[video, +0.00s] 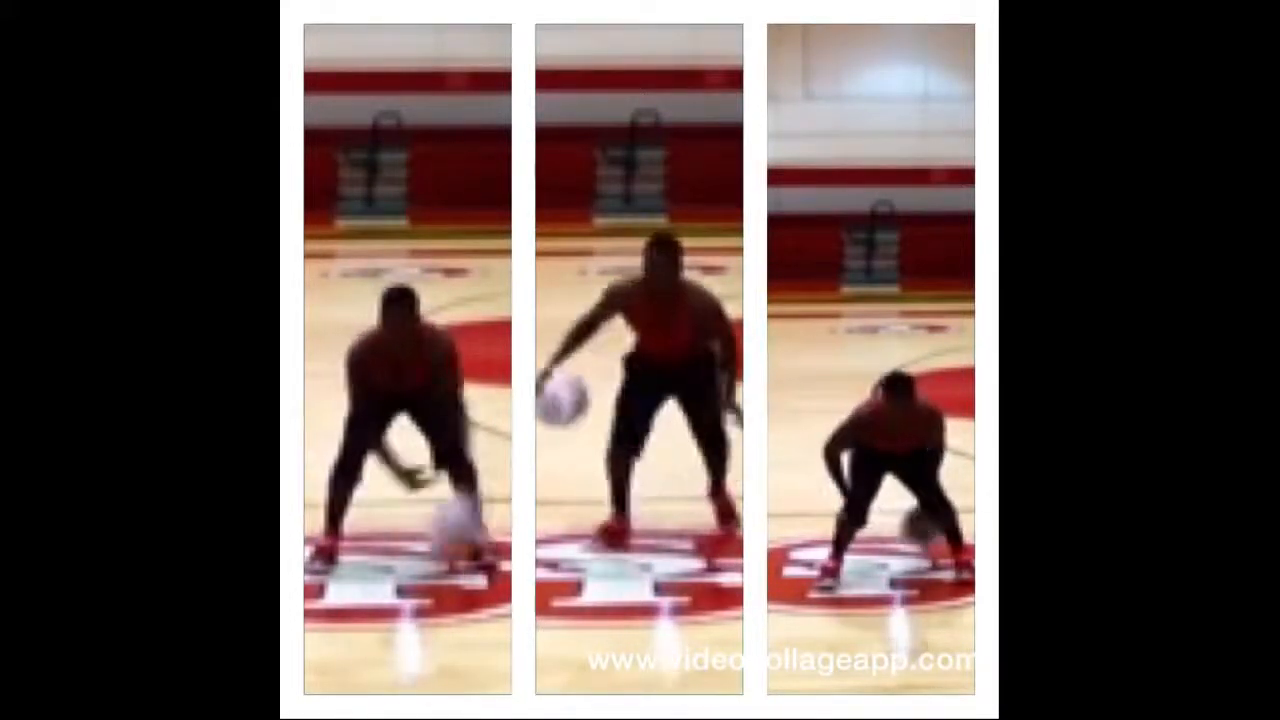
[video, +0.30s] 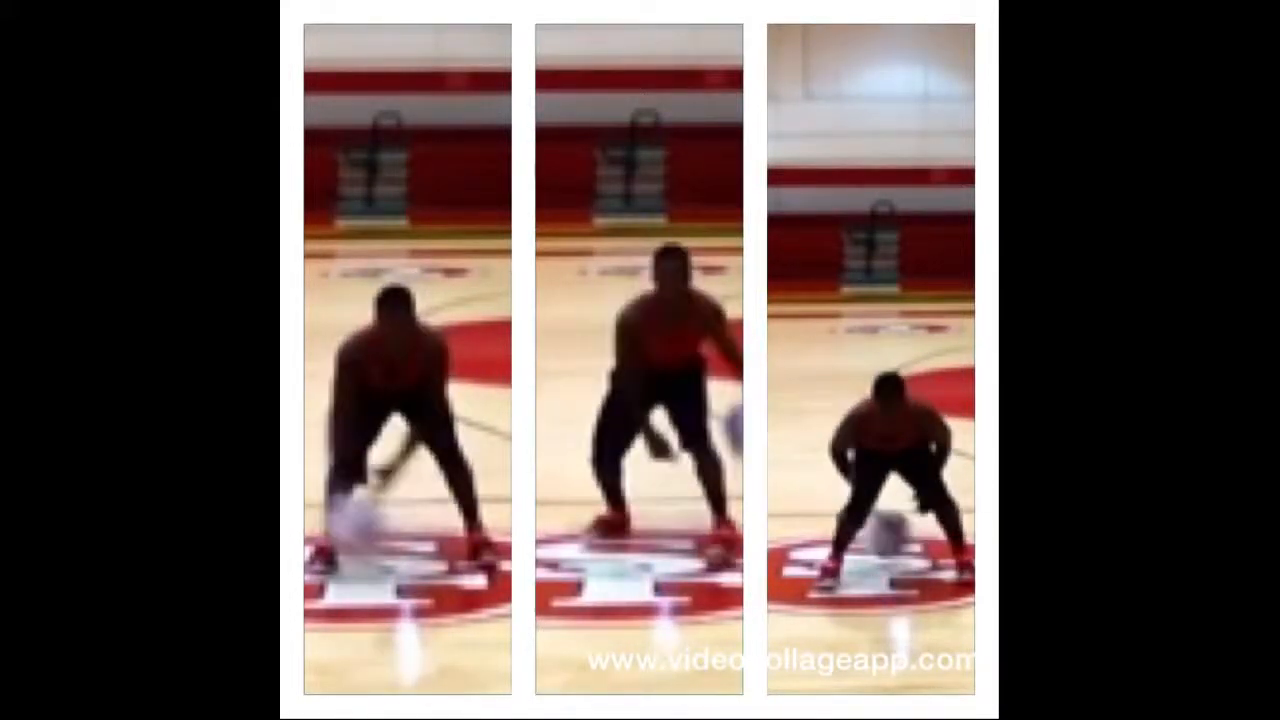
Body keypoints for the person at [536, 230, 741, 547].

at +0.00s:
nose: (658, 274)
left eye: (666, 266)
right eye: (653, 265)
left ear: (678, 267)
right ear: (644, 265)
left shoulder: (699, 302)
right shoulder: (625, 295)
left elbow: (728, 345)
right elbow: (587, 326)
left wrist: (728, 395)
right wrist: (551, 366)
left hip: (694, 369)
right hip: (646, 368)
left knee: (714, 440)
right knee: (621, 446)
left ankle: (718, 492)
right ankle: (620, 519)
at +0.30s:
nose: (672, 283)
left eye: (678, 275)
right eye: (665, 275)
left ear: (688, 276)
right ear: (654, 277)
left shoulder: (705, 312)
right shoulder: (633, 318)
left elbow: (734, 357)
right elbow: (627, 383)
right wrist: (648, 432)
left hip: (684, 379)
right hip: (639, 380)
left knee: (699, 445)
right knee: (605, 454)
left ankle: (722, 520)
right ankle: (617, 513)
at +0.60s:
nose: (672, 287)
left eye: (678, 279)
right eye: (665, 279)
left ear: (689, 279)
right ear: (655, 280)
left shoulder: (711, 314)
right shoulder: (638, 320)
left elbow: (718, 373)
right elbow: (626, 379)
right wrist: (630, 432)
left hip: (702, 383)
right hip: (659, 386)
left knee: (738, 440)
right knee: (655, 445)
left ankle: (712, 495)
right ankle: (637, 523)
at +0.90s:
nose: (666, 271)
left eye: (673, 263)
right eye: (661, 263)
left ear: (686, 265)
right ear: (653, 263)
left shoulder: (710, 302)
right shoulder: (636, 297)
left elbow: (734, 352)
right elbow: (603, 337)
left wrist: (737, 403)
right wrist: (580, 381)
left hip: (699, 368)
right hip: (652, 366)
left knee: (713, 432)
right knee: (621, 446)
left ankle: (737, 500)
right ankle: (630, 506)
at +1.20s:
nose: (683, 268)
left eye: (689, 260)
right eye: (676, 261)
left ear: (700, 260)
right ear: (666, 263)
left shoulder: (716, 286)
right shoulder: (650, 303)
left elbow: (744, 311)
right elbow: (624, 354)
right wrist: (628, 395)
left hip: (694, 364)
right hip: (649, 367)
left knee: (719, 437)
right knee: (626, 439)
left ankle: (736, 509)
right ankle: (627, 499)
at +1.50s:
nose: (678, 281)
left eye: (684, 274)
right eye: (672, 274)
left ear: (695, 274)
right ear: (663, 275)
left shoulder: (715, 313)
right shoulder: (647, 315)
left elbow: (726, 363)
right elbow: (634, 364)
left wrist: (734, 400)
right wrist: (626, 413)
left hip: (711, 383)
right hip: (670, 386)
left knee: (741, 444)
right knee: (664, 445)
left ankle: (720, 497)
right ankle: (643, 521)